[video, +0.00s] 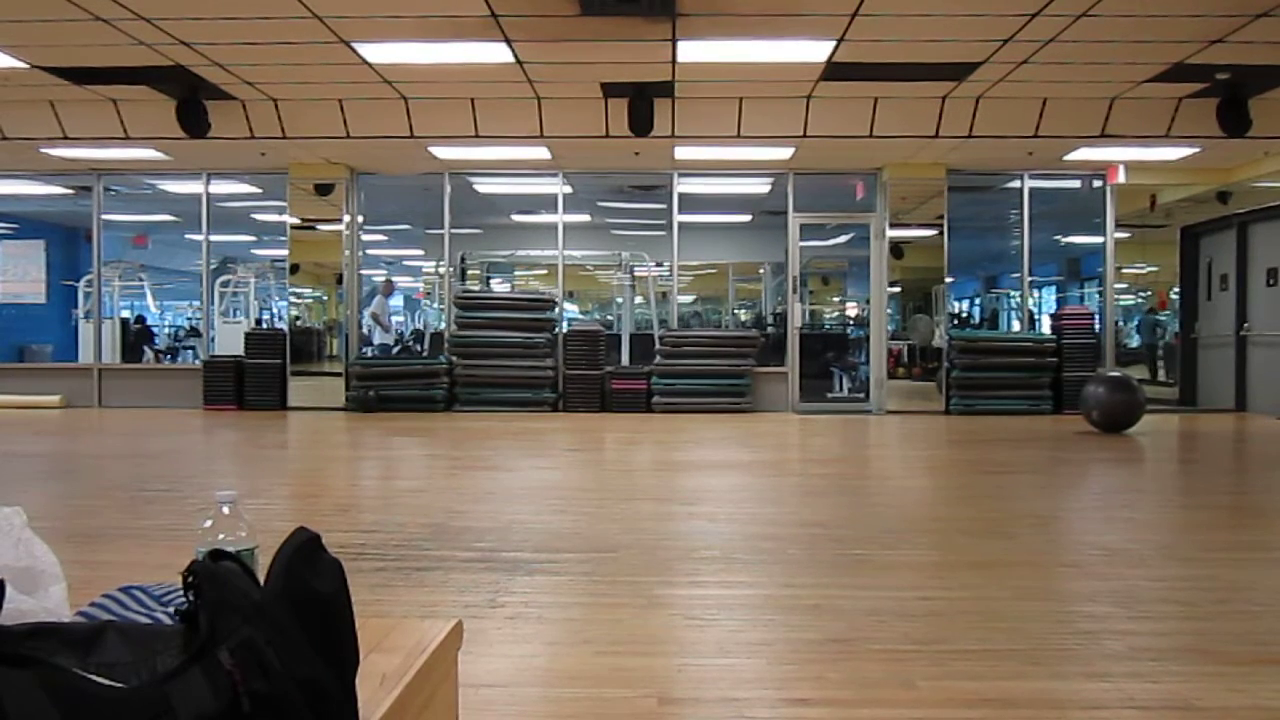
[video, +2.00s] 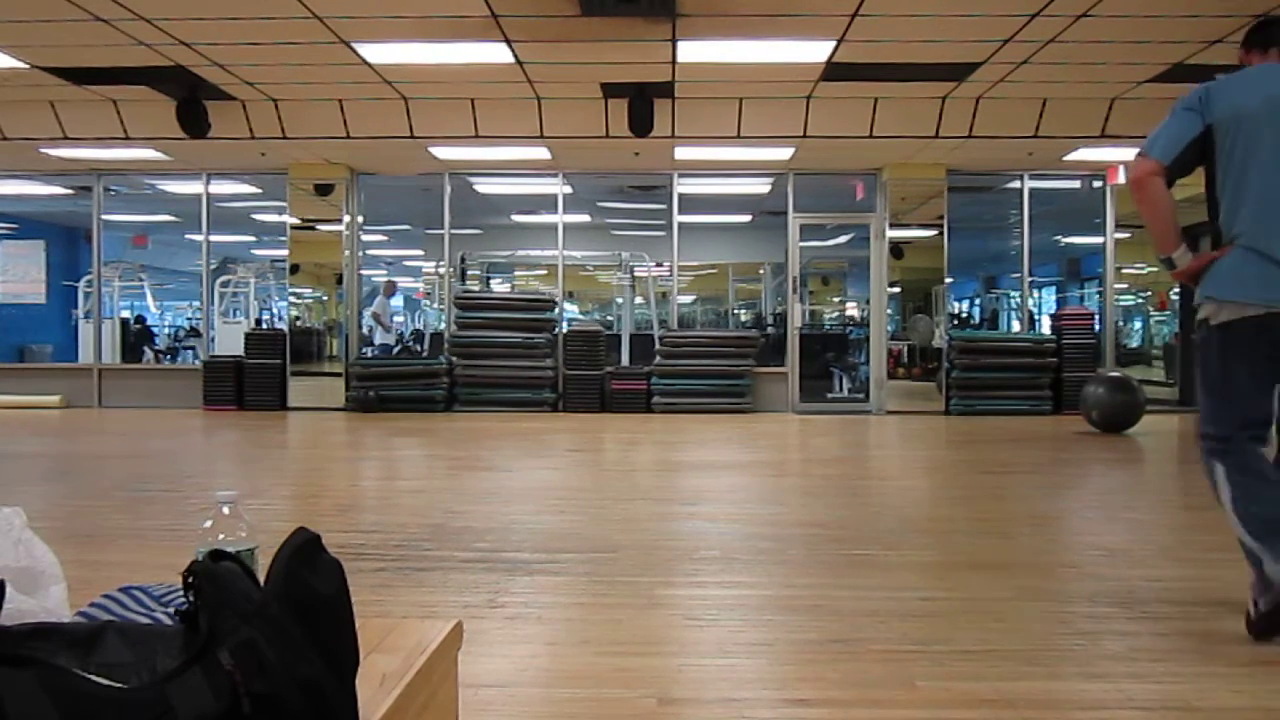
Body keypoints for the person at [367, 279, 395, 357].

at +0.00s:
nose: (392, 291)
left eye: (392, 289)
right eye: (390, 288)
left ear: (392, 289)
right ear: (384, 288)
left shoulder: (385, 301)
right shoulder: (380, 299)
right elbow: (373, 313)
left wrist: (388, 325)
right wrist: (384, 326)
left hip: (386, 338)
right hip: (381, 338)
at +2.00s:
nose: (395, 291)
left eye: (395, 288)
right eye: (393, 288)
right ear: (387, 288)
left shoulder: (387, 301)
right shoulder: (381, 299)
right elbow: (375, 314)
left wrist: (389, 325)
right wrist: (385, 326)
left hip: (388, 338)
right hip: (383, 338)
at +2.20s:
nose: (395, 291)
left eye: (395, 289)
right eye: (393, 288)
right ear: (387, 288)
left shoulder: (387, 301)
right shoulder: (381, 299)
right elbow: (374, 313)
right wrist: (385, 325)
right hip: (383, 338)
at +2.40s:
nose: (395, 291)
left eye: (395, 288)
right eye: (393, 287)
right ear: (387, 288)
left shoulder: (387, 301)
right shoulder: (381, 299)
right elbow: (374, 313)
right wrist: (386, 325)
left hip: (389, 338)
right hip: (383, 338)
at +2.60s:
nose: (394, 289)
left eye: (394, 287)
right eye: (392, 286)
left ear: (392, 288)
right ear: (386, 287)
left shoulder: (386, 300)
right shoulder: (380, 298)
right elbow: (374, 312)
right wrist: (388, 324)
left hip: (390, 337)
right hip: (384, 337)